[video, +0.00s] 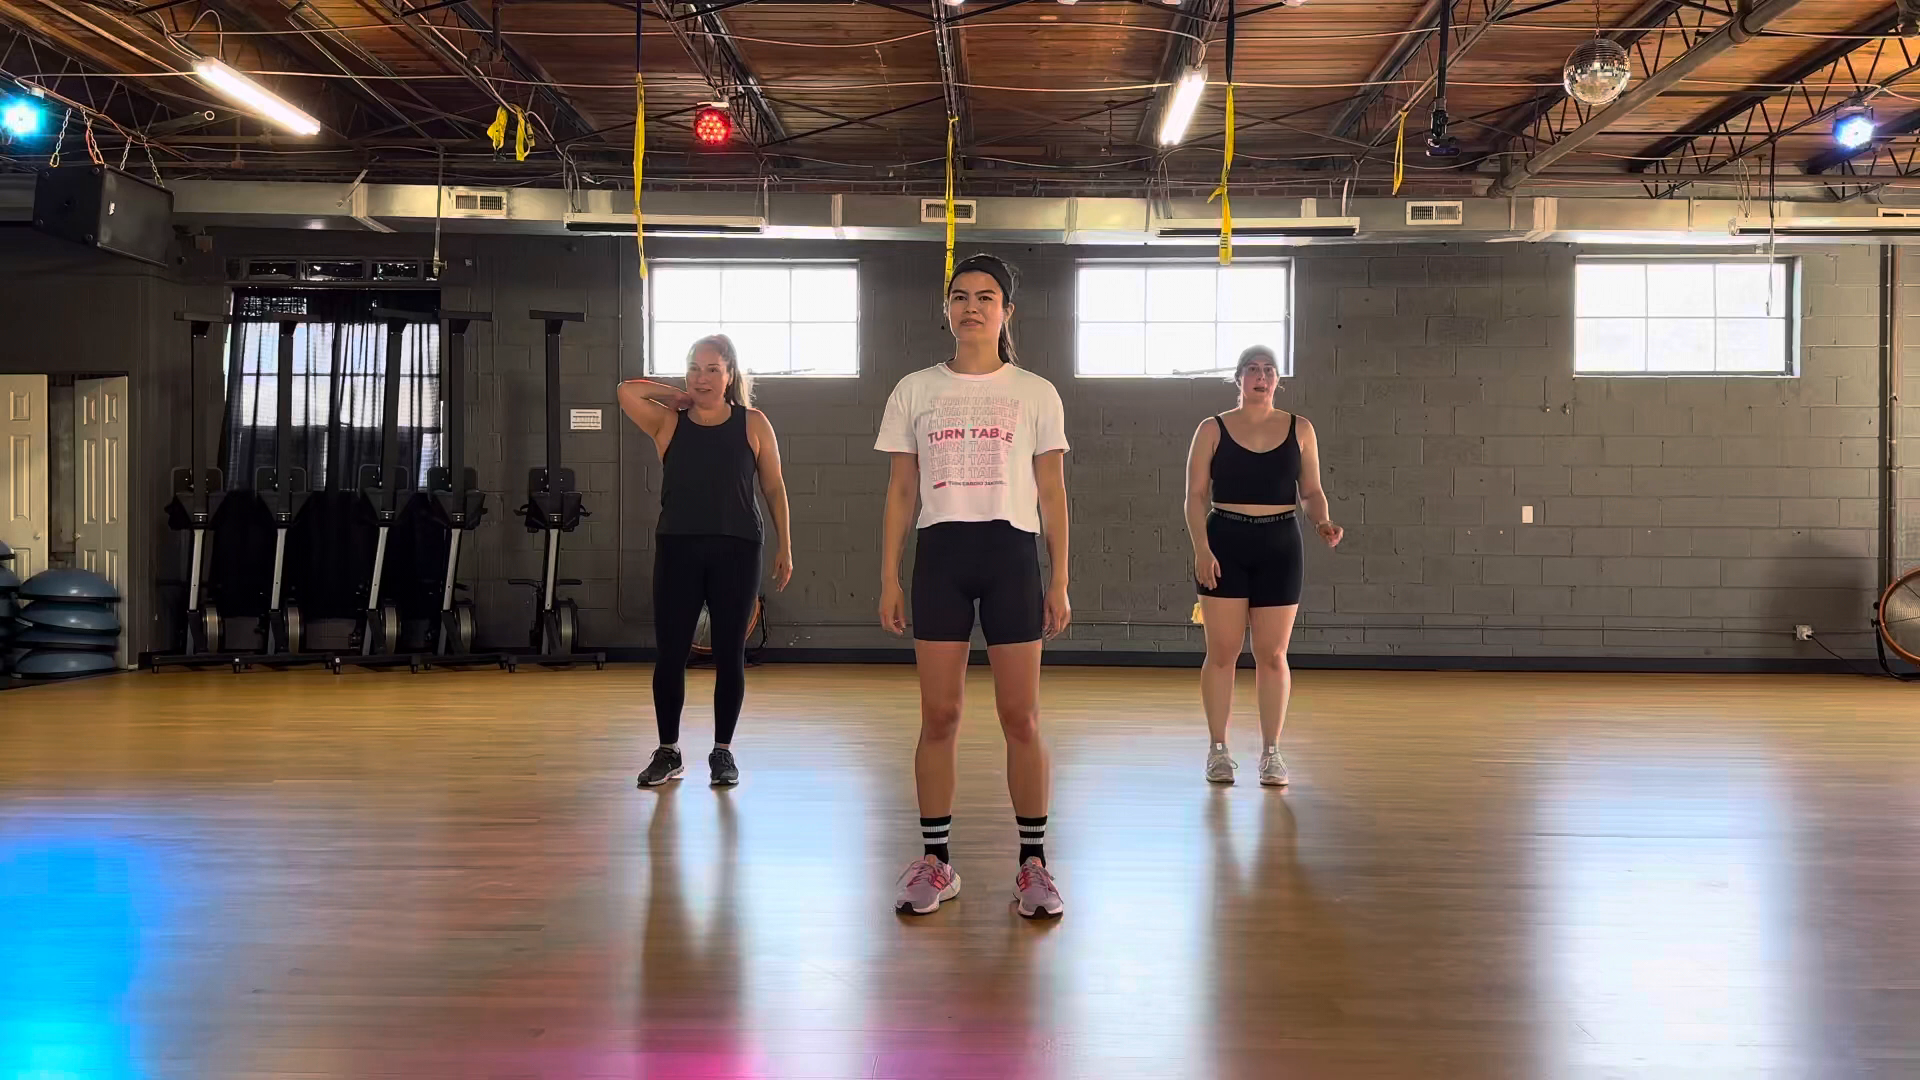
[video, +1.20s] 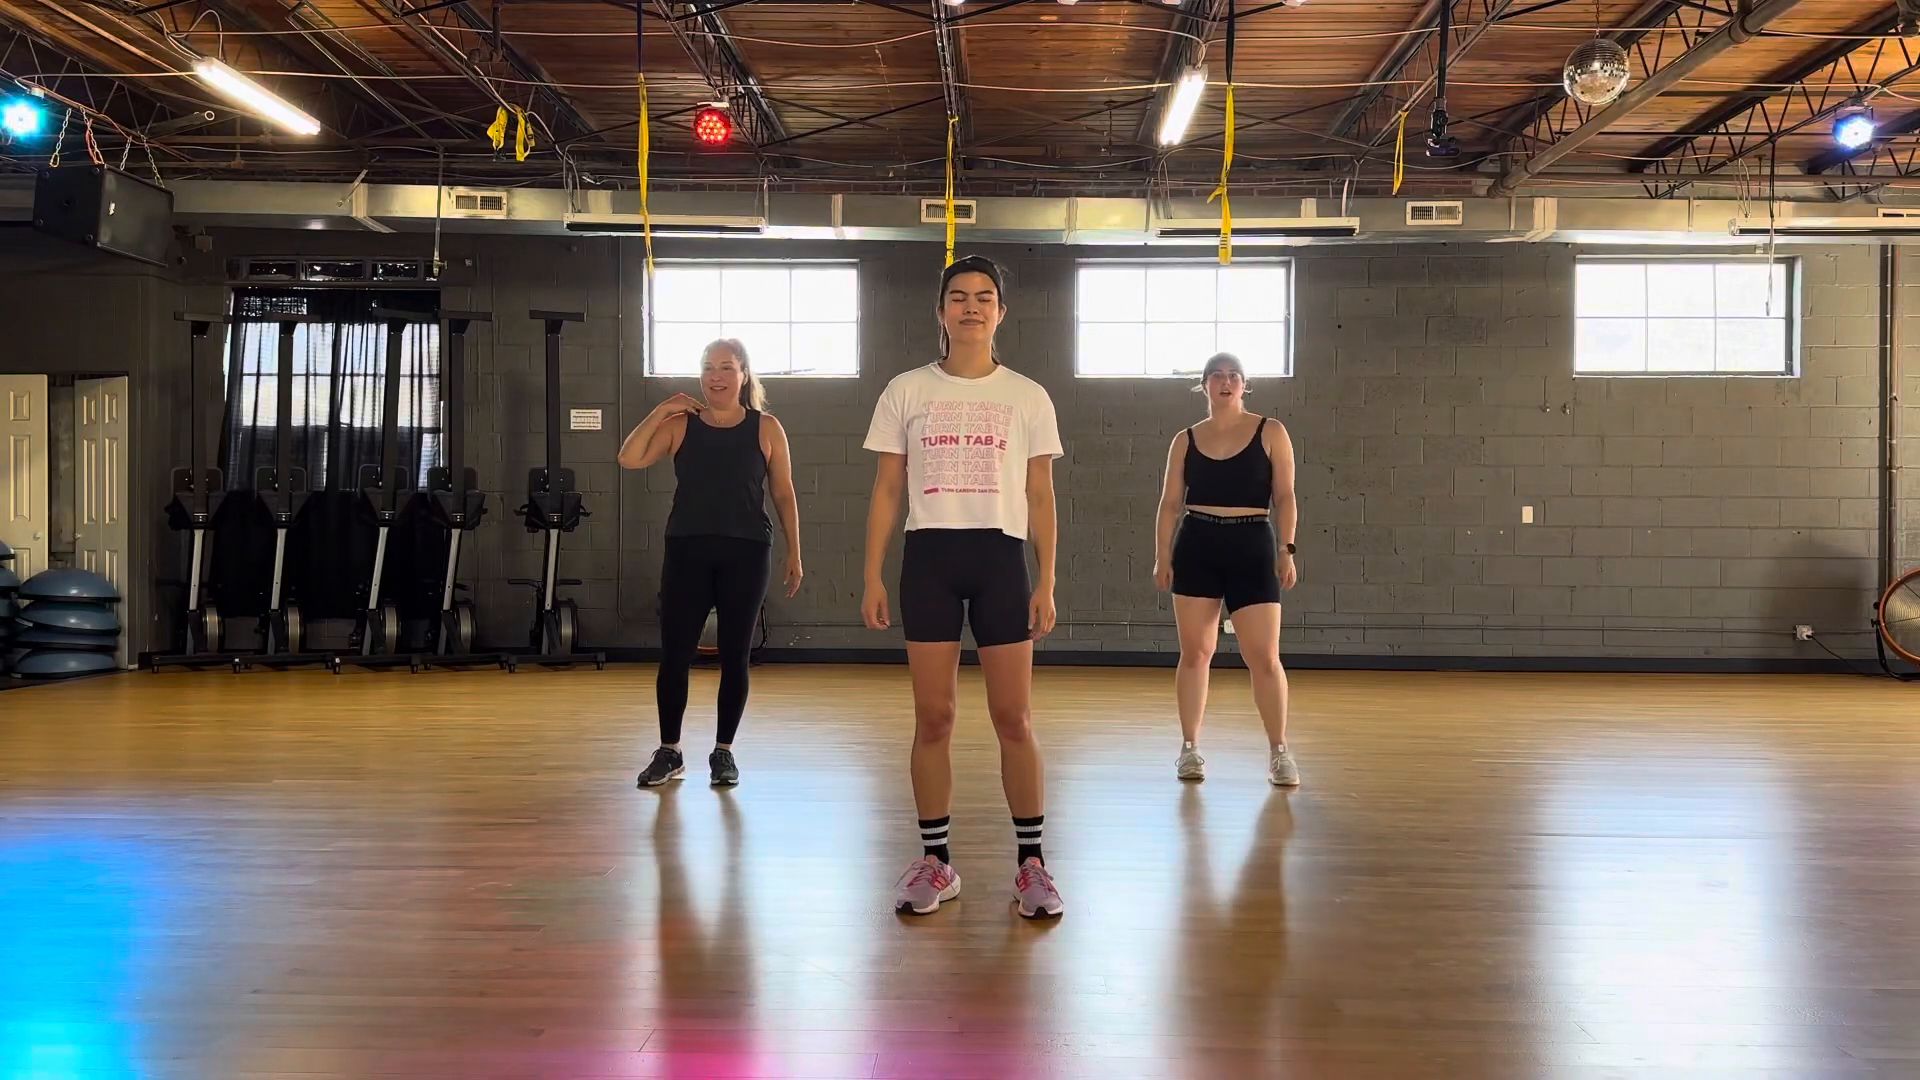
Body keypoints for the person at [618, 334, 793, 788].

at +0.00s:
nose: (703, 376)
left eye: (713, 369)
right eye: (696, 369)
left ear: (730, 375)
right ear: (688, 375)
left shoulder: (754, 423)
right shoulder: (666, 422)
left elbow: (775, 489)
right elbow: (625, 390)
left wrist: (784, 548)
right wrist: (671, 392)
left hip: (736, 552)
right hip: (677, 551)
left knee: (729, 654)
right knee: (670, 653)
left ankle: (722, 751)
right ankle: (667, 750)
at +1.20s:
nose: (717, 376)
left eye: (727, 368)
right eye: (710, 368)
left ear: (745, 376)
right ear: (701, 376)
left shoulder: (766, 427)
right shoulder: (681, 422)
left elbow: (784, 493)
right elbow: (630, 458)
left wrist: (794, 552)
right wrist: (659, 410)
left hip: (745, 553)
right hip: (687, 550)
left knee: (734, 654)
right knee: (675, 652)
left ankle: (723, 750)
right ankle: (668, 750)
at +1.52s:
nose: (718, 378)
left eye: (728, 370)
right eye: (710, 370)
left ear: (745, 376)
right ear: (702, 378)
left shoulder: (767, 430)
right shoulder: (683, 427)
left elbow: (785, 497)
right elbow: (643, 481)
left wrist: (794, 557)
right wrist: (663, 430)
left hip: (745, 554)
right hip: (687, 553)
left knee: (734, 656)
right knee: (676, 654)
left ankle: (723, 750)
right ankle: (670, 751)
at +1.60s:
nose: (718, 378)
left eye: (728, 370)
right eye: (710, 370)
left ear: (745, 377)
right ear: (702, 378)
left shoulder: (767, 430)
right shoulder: (683, 428)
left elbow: (785, 498)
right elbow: (648, 485)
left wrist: (794, 557)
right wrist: (663, 435)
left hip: (745, 555)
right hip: (687, 553)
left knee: (734, 656)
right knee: (676, 654)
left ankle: (723, 750)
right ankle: (670, 751)